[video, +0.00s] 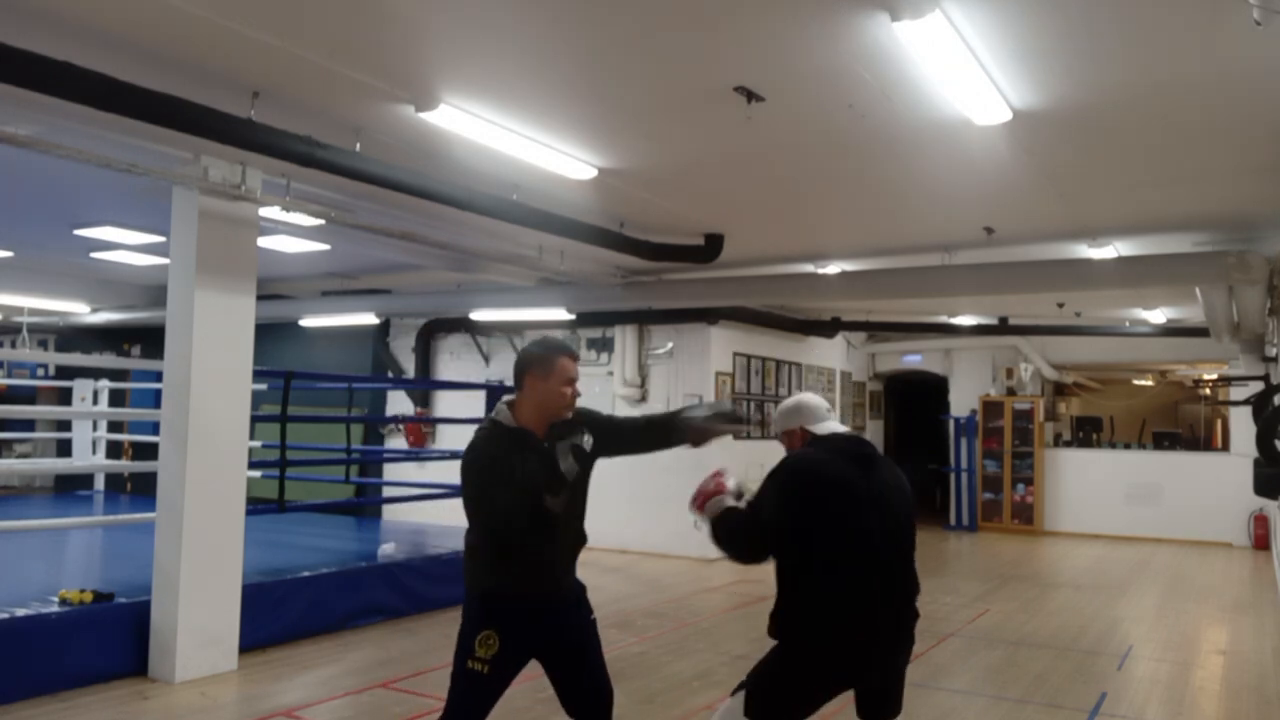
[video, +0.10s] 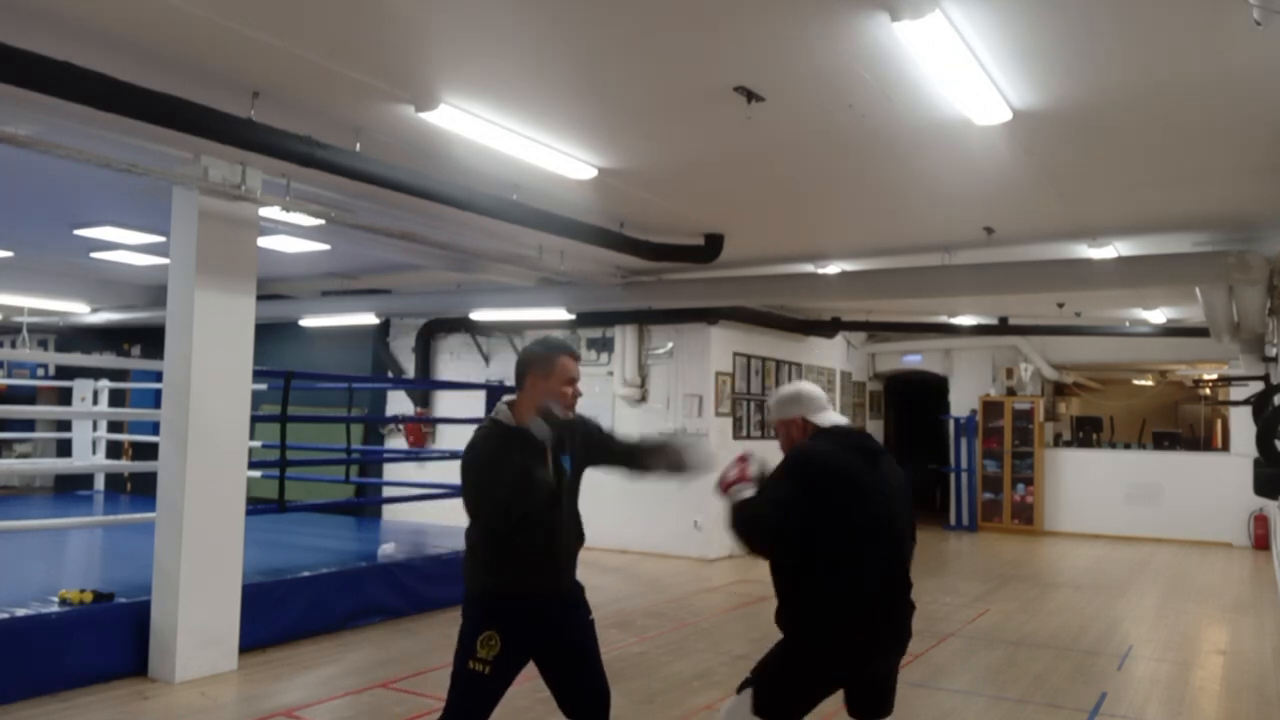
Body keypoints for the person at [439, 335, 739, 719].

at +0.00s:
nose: (575, 392)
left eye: (576, 384)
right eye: (567, 383)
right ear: (531, 382)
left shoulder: (581, 430)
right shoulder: (487, 450)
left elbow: (639, 433)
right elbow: (499, 534)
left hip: (561, 599)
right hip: (498, 604)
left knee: (595, 706)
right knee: (462, 712)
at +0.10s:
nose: (576, 393)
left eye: (577, 383)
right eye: (568, 382)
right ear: (533, 381)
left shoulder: (574, 433)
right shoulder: (488, 446)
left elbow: (625, 452)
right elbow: (492, 519)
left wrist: (673, 455)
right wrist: (532, 437)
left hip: (559, 598)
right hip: (499, 602)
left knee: (592, 706)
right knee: (464, 712)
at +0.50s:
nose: (570, 393)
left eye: (571, 384)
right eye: (561, 382)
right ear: (524, 379)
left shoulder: (566, 433)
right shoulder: (479, 447)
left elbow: (616, 461)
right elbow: (483, 537)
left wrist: (663, 457)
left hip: (557, 602)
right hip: (494, 606)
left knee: (588, 707)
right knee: (461, 712)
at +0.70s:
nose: (590, 392)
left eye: (590, 383)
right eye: (582, 382)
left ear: (553, 381)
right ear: (547, 379)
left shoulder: (578, 439)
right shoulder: (509, 434)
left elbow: (601, 490)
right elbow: (549, 485)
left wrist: (641, 510)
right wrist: (608, 457)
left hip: (566, 594)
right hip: (509, 598)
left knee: (600, 703)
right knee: (468, 710)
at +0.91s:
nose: (608, 379)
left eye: (609, 370)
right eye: (599, 369)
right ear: (562, 368)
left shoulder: (605, 423)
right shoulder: (519, 432)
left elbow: (656, 442)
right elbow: (505, 511)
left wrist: (718, 449)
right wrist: (575, 492)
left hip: (584, 591)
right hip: (523, 593)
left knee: (601, 706)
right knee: (476, 707)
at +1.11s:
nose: (606, 383)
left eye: (607, 374)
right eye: (597, 372)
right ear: (561, 370)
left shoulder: (602, 421)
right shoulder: (518, 436)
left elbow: (648, 420)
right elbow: (514, 522)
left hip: (582, 587)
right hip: (526, 593)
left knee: (604, 706)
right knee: (488, 708)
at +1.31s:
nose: (578, 393)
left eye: (580, 384)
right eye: (571, 382)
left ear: (543, 380)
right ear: (536, 378)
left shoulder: (562, 435)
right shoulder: (501, 434)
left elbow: (581, 496)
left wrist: (607, 533)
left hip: (558, 589)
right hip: (502, 593)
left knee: (591, 701)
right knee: (474, 709)